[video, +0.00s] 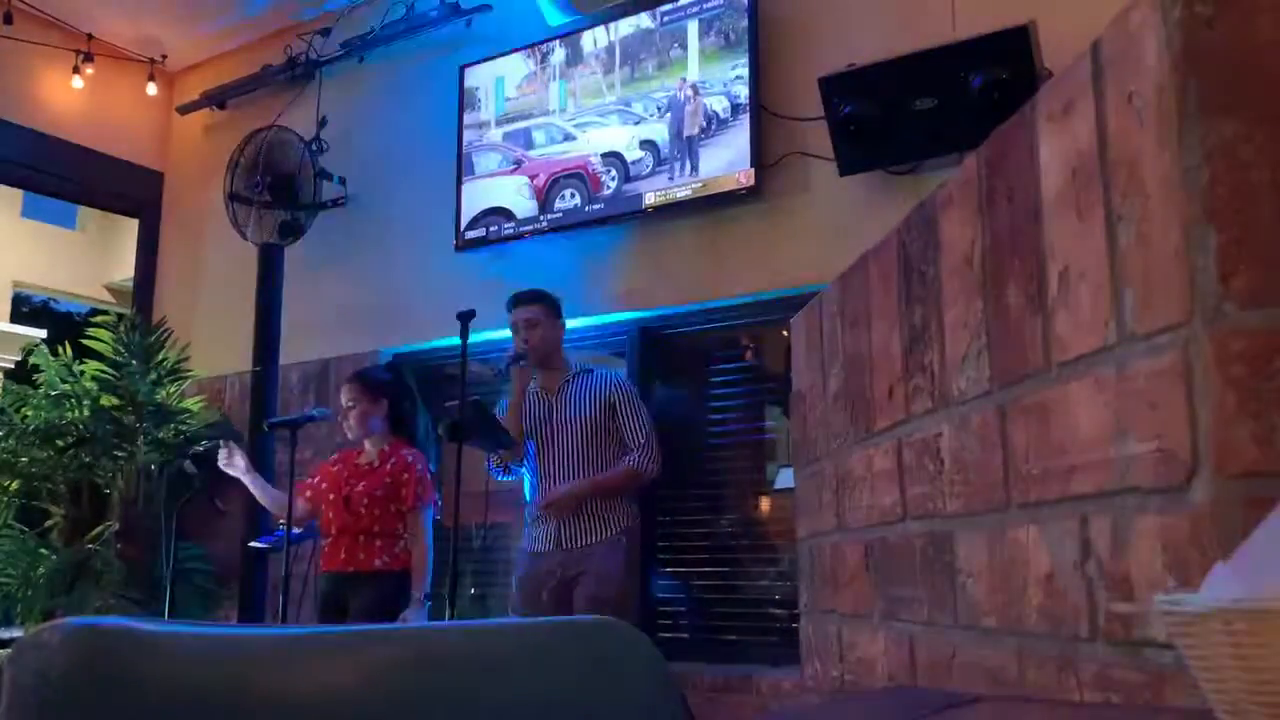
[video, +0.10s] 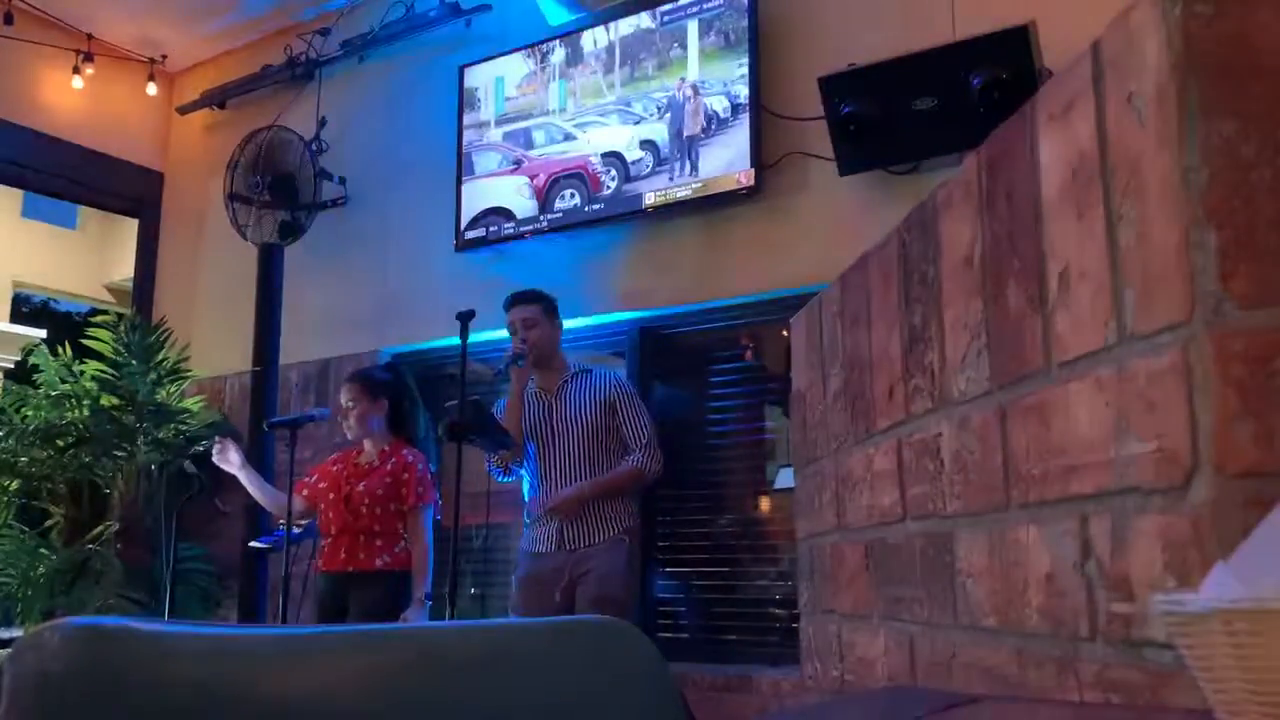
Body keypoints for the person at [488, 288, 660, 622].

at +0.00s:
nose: (522, 338)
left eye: (532, 326)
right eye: (516, 330)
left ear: (559, 329)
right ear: (512, 337)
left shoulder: (610, 386)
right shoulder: (515, 399)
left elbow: (646, 461)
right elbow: (503, 465)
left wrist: (578, 491)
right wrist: (517, 393)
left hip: (603, 547)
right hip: (539, 550)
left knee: (596, 657)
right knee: (530, 656)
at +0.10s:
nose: (520, 338)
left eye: (529, 326)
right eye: (513, 331)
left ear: (556, 328)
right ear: (510, 339)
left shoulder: (609, 385)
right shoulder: (512, 402)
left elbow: (648, 459)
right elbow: (502, 466)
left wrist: (581, 492)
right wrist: (516, 389)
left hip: (604, 547)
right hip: (539, 552)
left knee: (596, 660)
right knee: (528, 660)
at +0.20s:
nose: (521, 337)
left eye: (531, 325)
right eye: (513, 330)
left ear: (557, 327)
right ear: (510, 339)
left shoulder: (609, 384)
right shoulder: (511, 401)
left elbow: (648, 460)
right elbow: (502, 465)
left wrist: (594, 490)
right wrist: (516, 388)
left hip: (605, 547)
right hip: (538, 551)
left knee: (599, 660)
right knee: (529, 660)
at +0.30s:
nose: (522, 333)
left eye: (531, 322)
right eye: (515, 325)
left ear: (559, 324)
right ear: (511, 332)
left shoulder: (610, 383)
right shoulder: (510, 400)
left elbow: (655, 455)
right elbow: (502, 464)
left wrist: (610, 483)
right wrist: (517, 388)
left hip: (606, 545)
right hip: (540, 550)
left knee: (601, 659)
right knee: (531, 661)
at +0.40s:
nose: (525, 332)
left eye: (535, 320)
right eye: (518, 324)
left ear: (562, 323)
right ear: (513, 331)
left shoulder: (613, 381)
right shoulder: (511, 398)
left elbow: (662, 451)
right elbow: (504, 464)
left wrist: (632, 470)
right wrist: (519, 389)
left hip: (608, 545)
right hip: (541, 549)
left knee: (601, 659)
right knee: (529, 659)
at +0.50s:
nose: (529, 331)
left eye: (539, 319)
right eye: (522, 323)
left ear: (566, 322)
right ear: (517, 330)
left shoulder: (619, 382)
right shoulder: (514, 399)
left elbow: (670, 452)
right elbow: (510, 463)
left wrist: (645, 465)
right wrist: (523, 388)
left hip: (610, 546)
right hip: (542, 550)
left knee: (600, 661)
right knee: (532, 661)